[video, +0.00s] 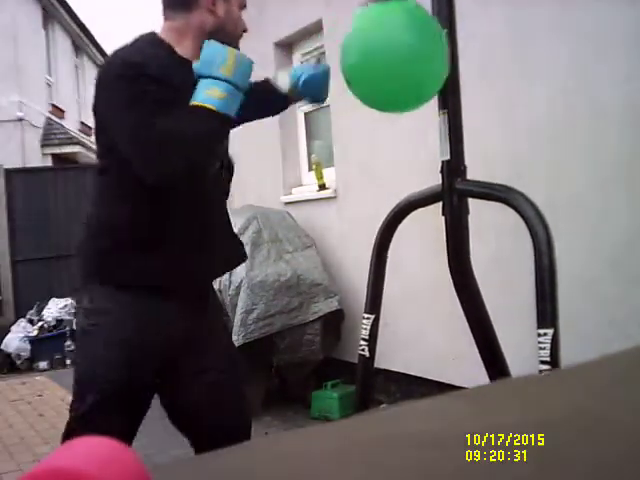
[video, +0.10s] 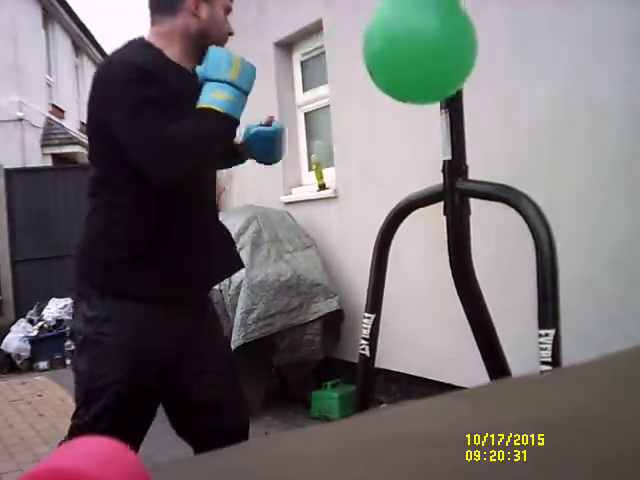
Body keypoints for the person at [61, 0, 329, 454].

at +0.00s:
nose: (245, 23)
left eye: (244, 9)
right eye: (241, 8)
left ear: (207, 9)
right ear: (211, 7)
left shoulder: (197, 77)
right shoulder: (129, 70)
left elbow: (228, 107)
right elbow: (164, 162)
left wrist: (288, 88)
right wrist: (216, 91)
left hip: (189, 295)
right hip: (122, 297)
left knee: (230, 446)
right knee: (91, 455)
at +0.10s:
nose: (230, 29)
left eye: (230, 13)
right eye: (226, 12)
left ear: (193, 11)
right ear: (195, 9)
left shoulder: (190, 83)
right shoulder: (127, 72)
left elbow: (193, 155)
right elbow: (166, 160)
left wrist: (243, 147)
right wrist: (221, 101)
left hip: (184, 301)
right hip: (123, 303)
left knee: (227, 446)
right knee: (97, 457)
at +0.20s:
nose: (216, 33)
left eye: (215, 18)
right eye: (211, 16)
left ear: (177, 14)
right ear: (178, 11)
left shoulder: (158, 86)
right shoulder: (113, 77)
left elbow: (159, 181)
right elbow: (160, 164)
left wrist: (213, 150)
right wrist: (208, 109)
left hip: (170, 311)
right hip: (112, 314)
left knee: (221, 441)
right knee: (92, 463)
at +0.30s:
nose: (191, 40)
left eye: (192, 27)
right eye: (187, 24)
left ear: (152, 20)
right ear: (153, 16)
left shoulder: (133, 94)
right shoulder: (85, 82)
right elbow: (128, 168)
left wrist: (190, 142)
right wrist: (183, 117)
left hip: (150, 321)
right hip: (85, 325)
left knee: (213, 450)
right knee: (73, 468)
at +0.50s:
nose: (123, 59)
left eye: (124, 44)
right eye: (118, 41)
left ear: (80, 36)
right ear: (79, 33)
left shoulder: (64, 119)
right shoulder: (10, 102)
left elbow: (84, 210)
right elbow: (51, 203)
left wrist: (128, 156)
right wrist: (106, 131)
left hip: (87, 348)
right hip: (34, 352)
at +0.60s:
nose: (94, 47)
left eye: (95, 35)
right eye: (90, 31)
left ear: (51, 23)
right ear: (50, 21)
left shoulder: (39, 108)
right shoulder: (5, 96)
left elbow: (69, 193)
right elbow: (28, 190)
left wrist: (104, 142)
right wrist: (77, 123)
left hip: (60, 317)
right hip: (26, 321)